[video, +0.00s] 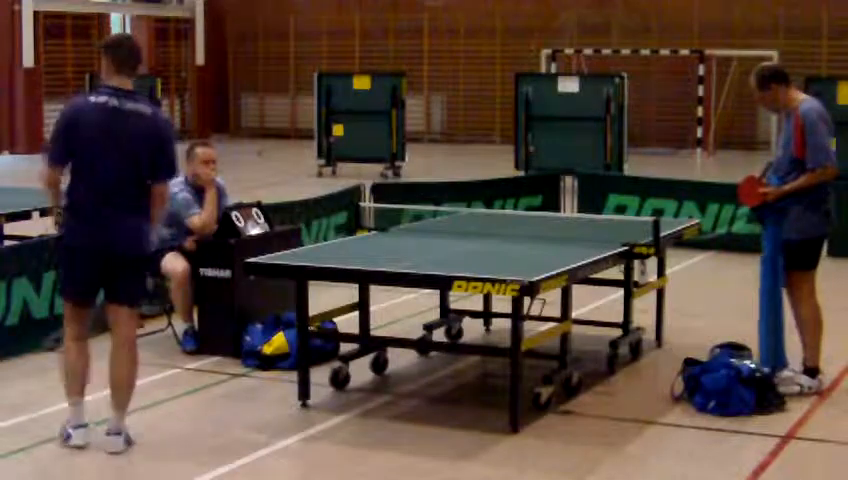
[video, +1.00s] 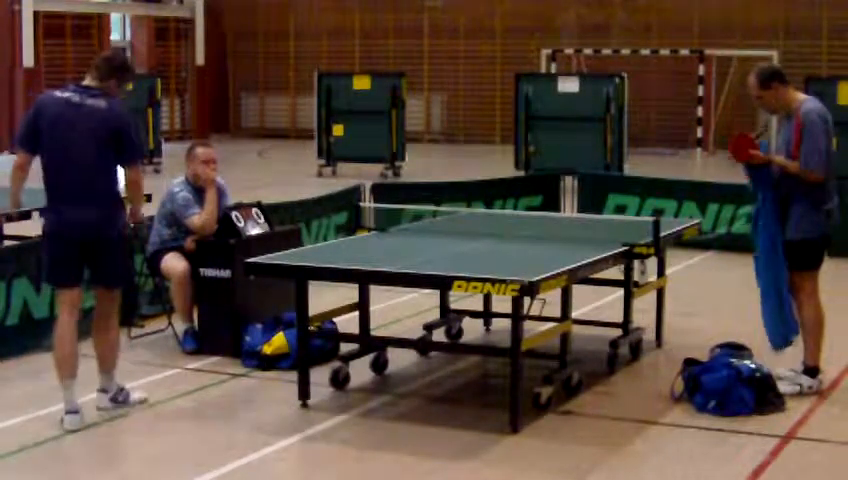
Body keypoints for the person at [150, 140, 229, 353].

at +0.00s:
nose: (211, 169)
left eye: (214, 163)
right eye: (205, 163)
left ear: (217, 164)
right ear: (190, 166)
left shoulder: (218, 187)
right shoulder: (177, 190)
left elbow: (221, 222)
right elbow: (203, 226)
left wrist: (198, 237)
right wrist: (211, 190)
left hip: (200, 239)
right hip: (168, 242)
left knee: (227, 261)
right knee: (180, 270)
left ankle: (223, 319)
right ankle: (188, 326)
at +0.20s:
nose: (212, 168)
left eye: (214, 163)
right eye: (206, 163)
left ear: (217, 164)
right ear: (191, 167)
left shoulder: (217, 187)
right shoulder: (179, 192)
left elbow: (222, 222)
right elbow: (204, 226)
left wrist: (197, 237)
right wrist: (210, 189)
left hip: (199, 241)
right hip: (167, 244)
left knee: (226, 262)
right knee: (181, 270)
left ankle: (220, 321)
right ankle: (188, 326)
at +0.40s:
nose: (212, 168)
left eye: (214, 163)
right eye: (206, 163)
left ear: (217, 164)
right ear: (191, 167)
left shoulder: (217, 187)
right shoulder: (178, 192)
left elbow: (224, 222)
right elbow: (205, 226)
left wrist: (196, 237)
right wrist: (211, 189)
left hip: (199, 241)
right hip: (166, 245)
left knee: (227, 262)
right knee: (181, 270)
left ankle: (221, 320)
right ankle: (188, 327)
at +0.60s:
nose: (212, 168)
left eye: (214, 163)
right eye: (205, 163)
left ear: (217, 165)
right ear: (190, 166)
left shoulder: (217, 188)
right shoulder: (179, 192)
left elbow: (223, 223)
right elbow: (205, 226)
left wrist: (198, 237)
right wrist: (211, 189)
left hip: (199, 240)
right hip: (166, 244)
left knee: (226, 262)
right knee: (181, 269)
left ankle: (220, 320)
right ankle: (188, 326)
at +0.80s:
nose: (212, 168)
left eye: (214, 163)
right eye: (205, 163)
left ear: (216, 165)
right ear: (190, 166)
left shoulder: (217, 188)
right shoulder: (179, 192)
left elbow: (223, 224)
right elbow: (205, 226)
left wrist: (197, 237)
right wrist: (211, 189)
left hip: (199, 241)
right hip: (166, 244)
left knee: (226, 262)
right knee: (181, 269)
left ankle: (220, 320)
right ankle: (188, 327)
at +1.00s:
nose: (212, 168)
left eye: (214, 163)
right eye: (206, 163)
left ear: (217, 164)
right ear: (190, 166)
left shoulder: (218, 187)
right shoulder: (179, 192)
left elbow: (224, 223)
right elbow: (205, 226)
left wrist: (197, 237)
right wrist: (211, 189)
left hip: (199, 241)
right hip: (166, 244)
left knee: (226, 262)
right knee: (181, 269)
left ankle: (221, 320)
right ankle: (188, 327)